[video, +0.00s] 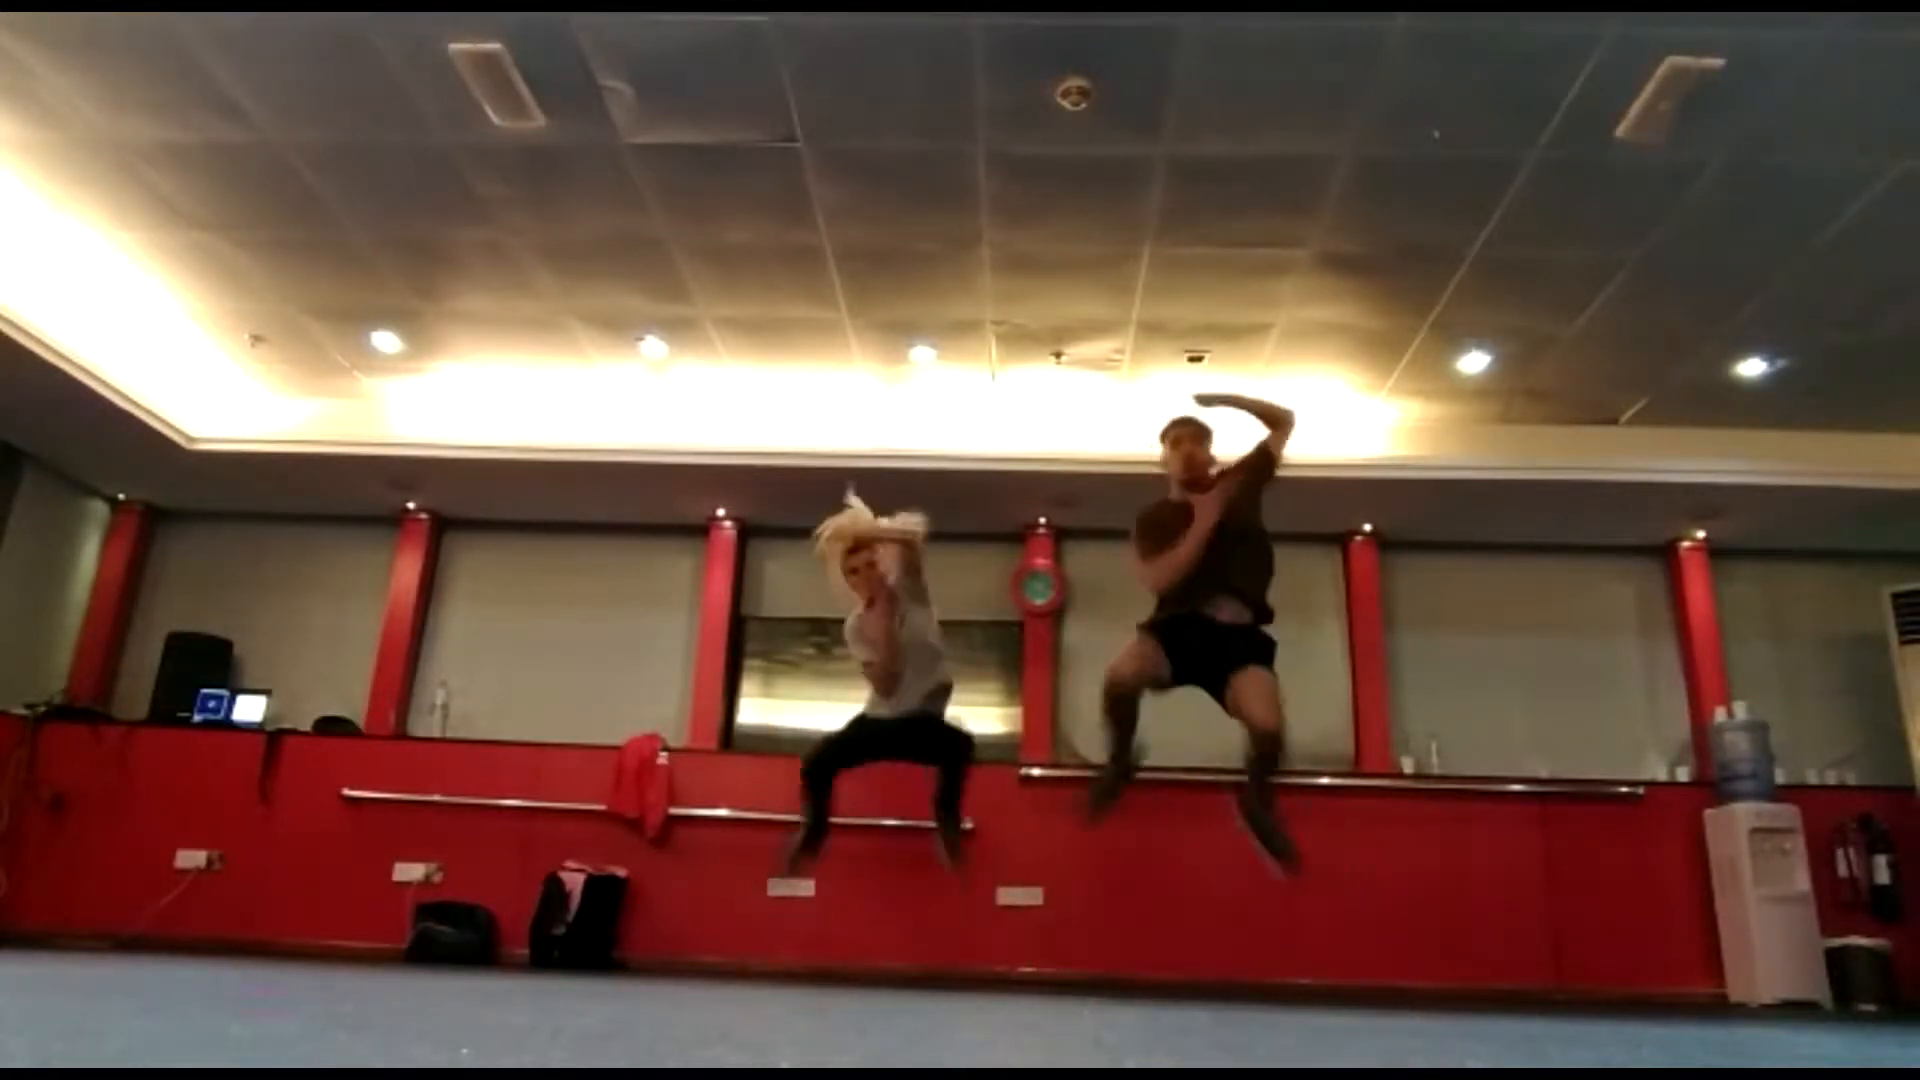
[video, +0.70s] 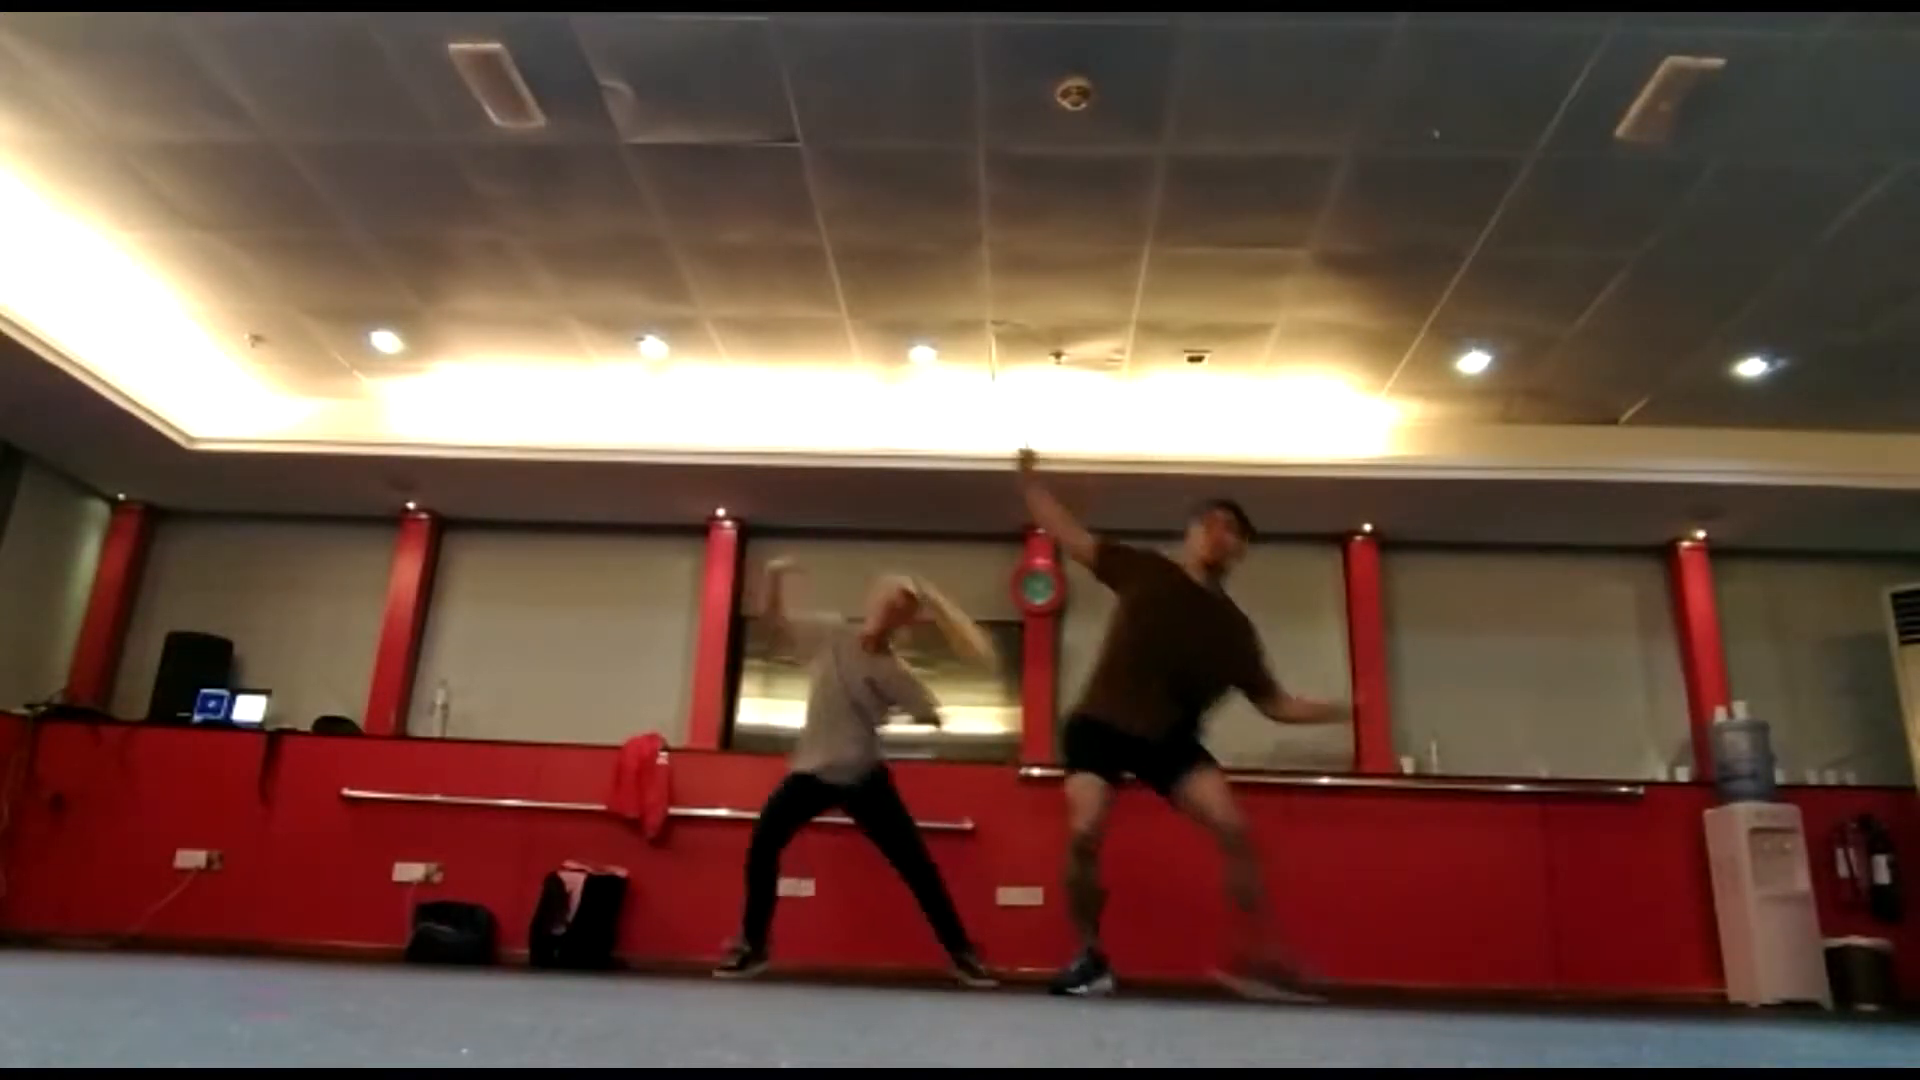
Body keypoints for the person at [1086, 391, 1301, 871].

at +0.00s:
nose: (1187, 452)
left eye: (1195, 443)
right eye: (1177, 445)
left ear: (1211, 452)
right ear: (1165, 457)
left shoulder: (1238, 489)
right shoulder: (1156, 517)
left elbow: (1283, 424)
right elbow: (1156, 579)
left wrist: (1231, 402)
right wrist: (1204, 521)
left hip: (1239, 640)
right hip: (1177, 633)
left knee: (1268, 726)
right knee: (1119, 676)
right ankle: (1118, 765)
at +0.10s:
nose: (1213, 492)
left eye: (1225, 486)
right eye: (1208, 482)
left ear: (1243, 489)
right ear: (1197, 481)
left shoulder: (1258, 526)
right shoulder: (1165, 527)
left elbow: (1304, 524)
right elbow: (1088, 542)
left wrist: (1249, 494)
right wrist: (1160, 516)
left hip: (1239, 667)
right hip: (1171, 664)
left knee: (1287, 788)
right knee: (1123, 778)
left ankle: (1323, 927)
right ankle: (1086, 911)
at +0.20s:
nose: (1221, 536)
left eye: (1233, 527)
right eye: (1214, 525)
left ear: (1253, 534)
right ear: (1200, 525)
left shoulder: (1254, 583)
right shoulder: (1158, 573)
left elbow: (1320, 621)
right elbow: (1089, 551)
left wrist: (1293, 564)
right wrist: (1170, 549)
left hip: (1239, 723)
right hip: (1169, 721)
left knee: (1297, 826)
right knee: (1129, 826)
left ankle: (1328, 961)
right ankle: (1089, 954)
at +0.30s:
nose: (1248, 549)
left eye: (1264, 551)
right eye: (1248, 539)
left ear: (1273, 575)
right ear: (1230, 547)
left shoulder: (1269, 625)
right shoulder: (1176, 603)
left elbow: (1330, 683)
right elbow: (1101, 595)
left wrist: (1313, 602)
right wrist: (1182, 587)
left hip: (1235, 763)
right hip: (1160, 758)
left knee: (1313, 850)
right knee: (1116, 843)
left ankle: (1328, 972)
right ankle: (1087, 959)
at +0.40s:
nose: (1264, 565)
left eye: (1277, 563)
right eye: (1258, 553)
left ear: (1285, 583)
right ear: (1238, 559)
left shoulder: (1281, 649)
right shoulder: (1183, 601)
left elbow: (1324, 707)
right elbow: (1110, 584)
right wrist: (1120, 547)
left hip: (1242, 768)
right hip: (1164, 760)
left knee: (1322, 847)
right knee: (1114, 842)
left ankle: (1329, 972)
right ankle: (1088, 959)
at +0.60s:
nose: (1250, 574)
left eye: (1263, 567)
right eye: (1241, 562)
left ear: (1274, 586)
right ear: (1220, 569)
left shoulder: (1272, 663)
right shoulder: (1180, 606)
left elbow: (1330, 729)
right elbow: (1108, 567)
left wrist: (1398, 734)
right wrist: (1076, 510)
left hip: (1226, 777)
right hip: (1152, 764)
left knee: (1304, 844)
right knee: (1110, 841)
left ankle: (1329, 973)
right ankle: (1095, 960)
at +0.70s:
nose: (1219, 536)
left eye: (1231, 532)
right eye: (1212, 526)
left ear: (1239, 551)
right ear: (1191, 532)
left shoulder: (1232, 629)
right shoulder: (1145, 573)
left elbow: (1277, 706)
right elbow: (1073, 539)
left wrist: (1344, 710)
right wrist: (1030, 482)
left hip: (1167, 740)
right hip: (1101, 724)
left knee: (1232, 824)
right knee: (1085, 830)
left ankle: (1255, 955)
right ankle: (1090, 957)